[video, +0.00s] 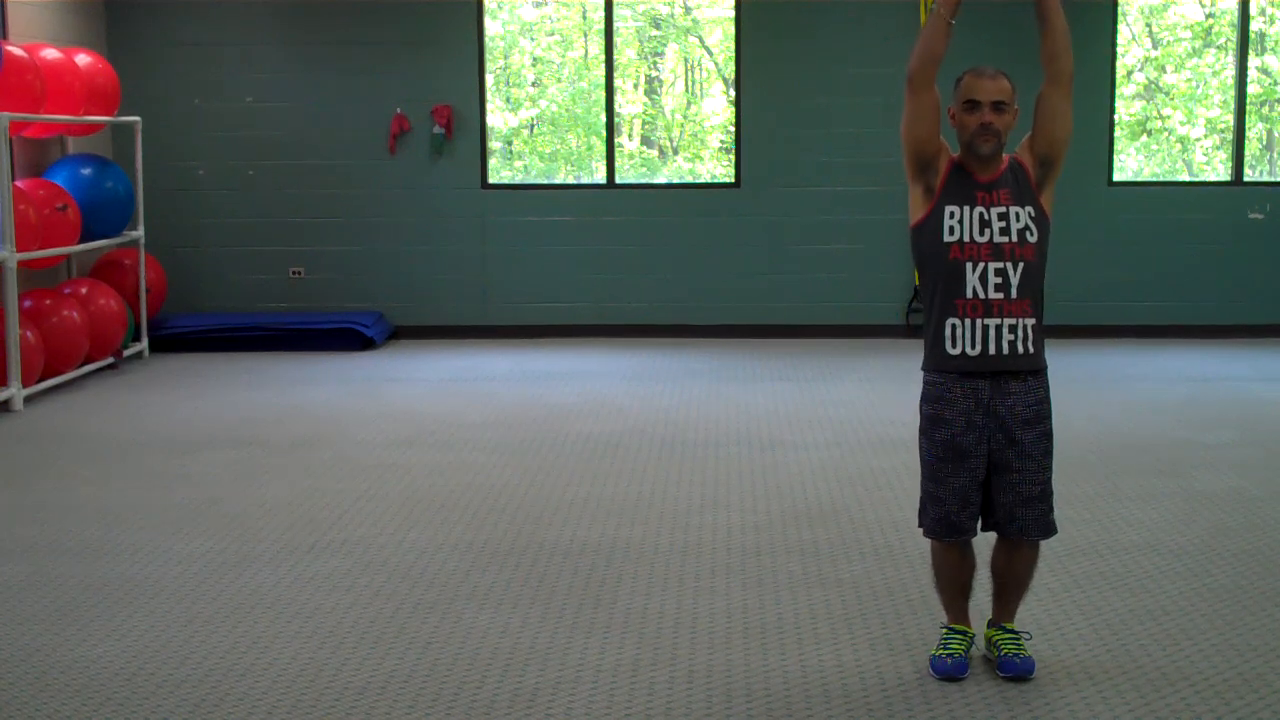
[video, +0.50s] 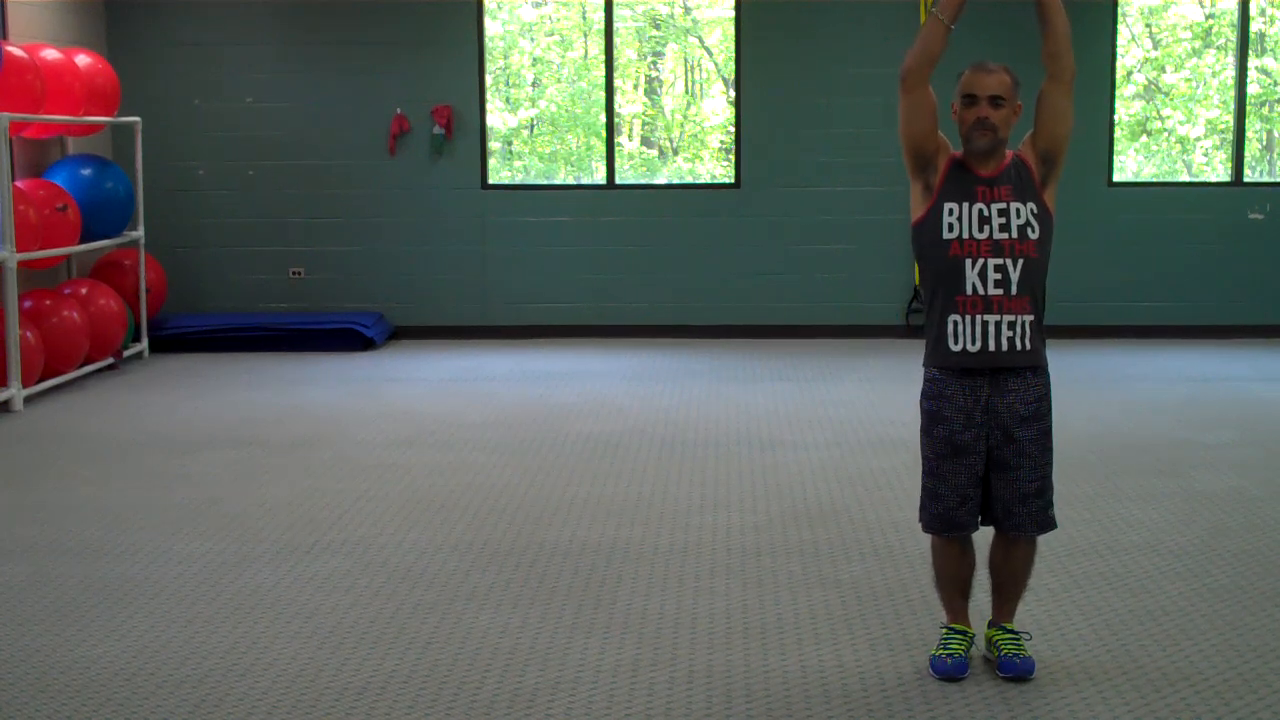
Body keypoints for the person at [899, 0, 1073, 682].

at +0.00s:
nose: (985, 118)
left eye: (998, 108)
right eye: (972, 106)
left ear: (1014, 118)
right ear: (952, 116)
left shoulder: (1034, 176)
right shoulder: (930, 177)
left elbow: (1060, 76)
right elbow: (918, 79)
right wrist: (947, 5)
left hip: (1022, 387)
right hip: (951, 387)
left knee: (1023, 522)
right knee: (949, 523)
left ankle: (1004, 628)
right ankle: (956, 629)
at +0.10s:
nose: (978, 116)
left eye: (994, 107)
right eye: (968, 105)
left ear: (1016, 118)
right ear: (953, 114)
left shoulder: (1035, 175)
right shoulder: (930, 175)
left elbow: (1061, 75)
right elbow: (918, 77)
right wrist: (944, 4)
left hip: (1021, 385)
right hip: (950, 385)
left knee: (1022, 522)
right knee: (949, 523)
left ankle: (1004, 629)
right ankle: (956, 629)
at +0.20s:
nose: (973, 116)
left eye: (989, 106)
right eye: (964, 104)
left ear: (1016, 117)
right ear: (953, 113)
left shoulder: (1035, 174)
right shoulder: (931, 174)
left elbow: (1062, 76)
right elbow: (917, 77)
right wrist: (943, 4)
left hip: (1020, 383)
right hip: (950, 383)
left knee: (1021, 520)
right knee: (948, 520)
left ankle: (1004, 628)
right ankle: (956, 629)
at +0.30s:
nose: (972, 116)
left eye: (987, 106)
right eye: (964, 103)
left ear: (1016, 116)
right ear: (952, 112)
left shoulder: (1036, 174)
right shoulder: (932, 174)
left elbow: (1064, 75)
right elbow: (912, 78)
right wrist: (947, 7)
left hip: (1020, 383)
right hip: (950, 383)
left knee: (1021, 519)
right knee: (948, 520)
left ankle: (1004, 628)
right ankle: (956, 629)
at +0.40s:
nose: (977, 113)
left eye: (991, 104)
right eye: (967, 102)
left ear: (1016, 114)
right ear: (955, 111)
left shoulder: (1037, 173)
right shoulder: (932, 172)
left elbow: (1064, 75)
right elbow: (911, 77)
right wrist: (951, 4)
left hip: (1021, 383)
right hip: (951, 384)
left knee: (1020, 519)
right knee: (948, 520)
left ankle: (1004, 628)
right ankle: (956, 629)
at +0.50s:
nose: (983, 112)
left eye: (997, 102)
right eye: (972, 101)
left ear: (1017, 113)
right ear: (955, 111)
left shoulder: (1036, 172)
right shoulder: (932, 173)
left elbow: (1061, 73)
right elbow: (912, 77)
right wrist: (949, 6)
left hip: (1021, 382)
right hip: (951, 382)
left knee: (1019, 518)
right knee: (949, 518)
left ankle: (1004, 628)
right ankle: (955, 629)